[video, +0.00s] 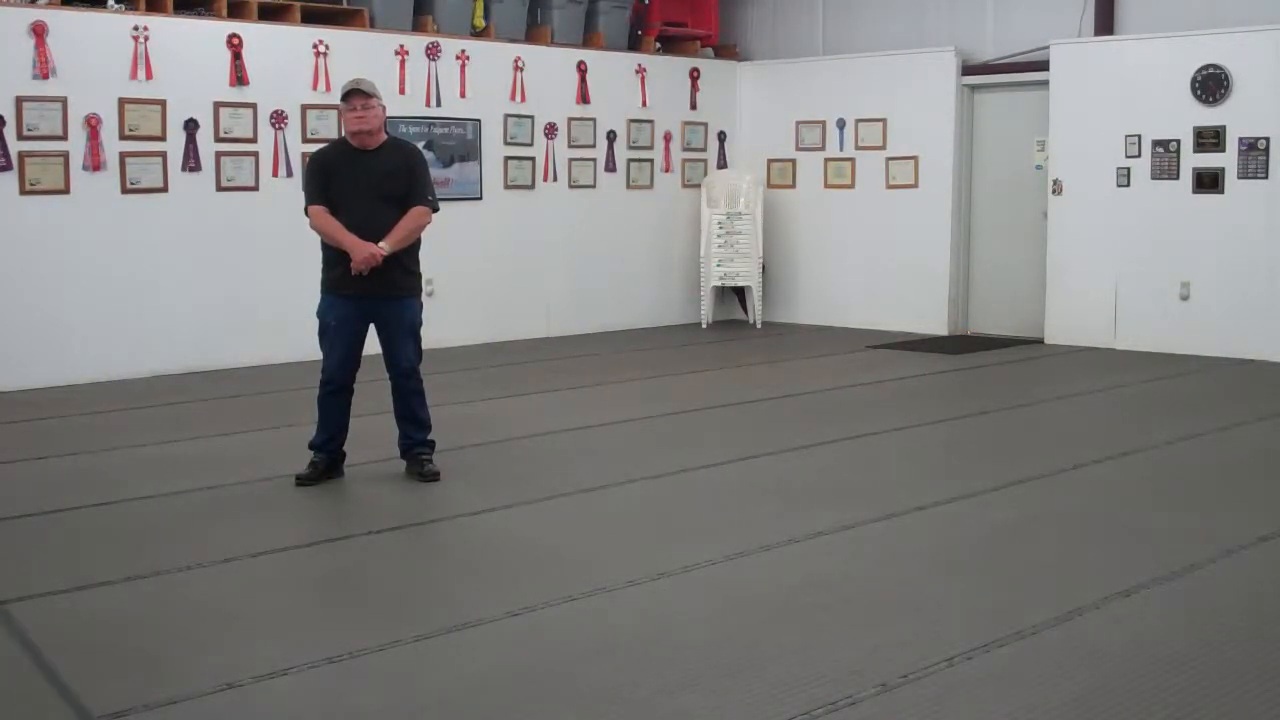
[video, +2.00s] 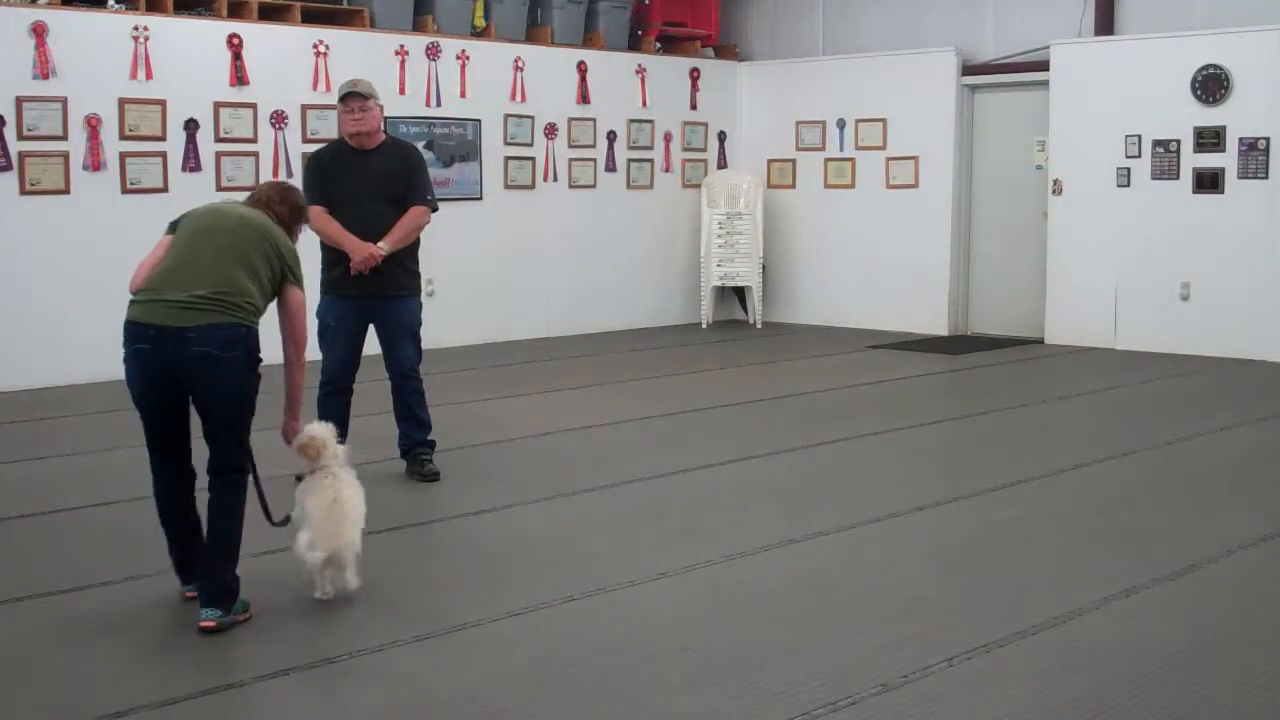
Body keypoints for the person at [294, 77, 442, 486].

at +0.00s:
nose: (359, 114)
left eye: (366, 107)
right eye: (351, 109)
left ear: (382, 111)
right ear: (341, 117)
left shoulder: (407, 155)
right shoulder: (323, 161)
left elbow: (422, 213)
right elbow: (317, 215)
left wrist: (379, 250)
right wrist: (355, 246)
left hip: (398, 287)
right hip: (342, 288)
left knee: (406, 373)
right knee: (335, 375)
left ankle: (419, 452)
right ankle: (327, 455)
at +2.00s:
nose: (357, 117)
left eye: (364, 109)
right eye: (350, 111)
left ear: (381, 113)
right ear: (339, 118)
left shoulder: (406, 155)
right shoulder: (321, 161)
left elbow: (421, 212)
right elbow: (316, 215)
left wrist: (378, 250)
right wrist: (355, 246)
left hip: (397, 289)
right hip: (342, 290)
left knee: (407, 373)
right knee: (335, 378)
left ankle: (418, 451)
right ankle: (327, 461)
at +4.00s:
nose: (361, 116)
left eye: (366, 109)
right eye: (353, 111)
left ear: (380, 112)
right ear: (341, 118)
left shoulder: (405, 154)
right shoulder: (327, 160)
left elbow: (421, 210)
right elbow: (313, 212)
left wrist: (375, 250)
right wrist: (351, 244)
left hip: (397, 285)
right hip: (342, 286)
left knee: (406, 372)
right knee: (336, 377)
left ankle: (415, 454)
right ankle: (329, 458)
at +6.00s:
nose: (358, 117)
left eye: (363, 108)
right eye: (350, 111)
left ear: (379, 110)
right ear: (340, 115)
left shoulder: (405, 154)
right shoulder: (331, 157)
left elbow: (421, 211)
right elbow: (318, 216)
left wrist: (378, 250)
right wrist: (347, 250)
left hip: (397, 280)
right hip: (343, 279)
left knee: (405, 370)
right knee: (336, 372)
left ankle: (418, 450)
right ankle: (328, 453)